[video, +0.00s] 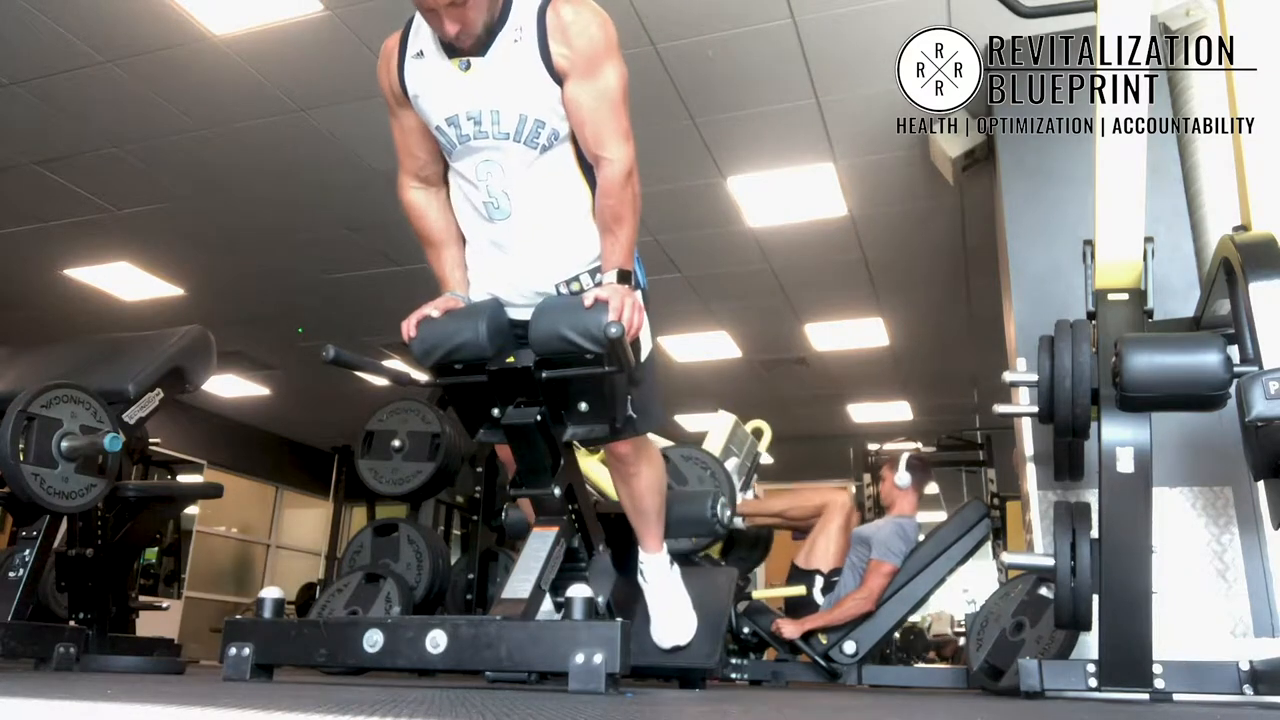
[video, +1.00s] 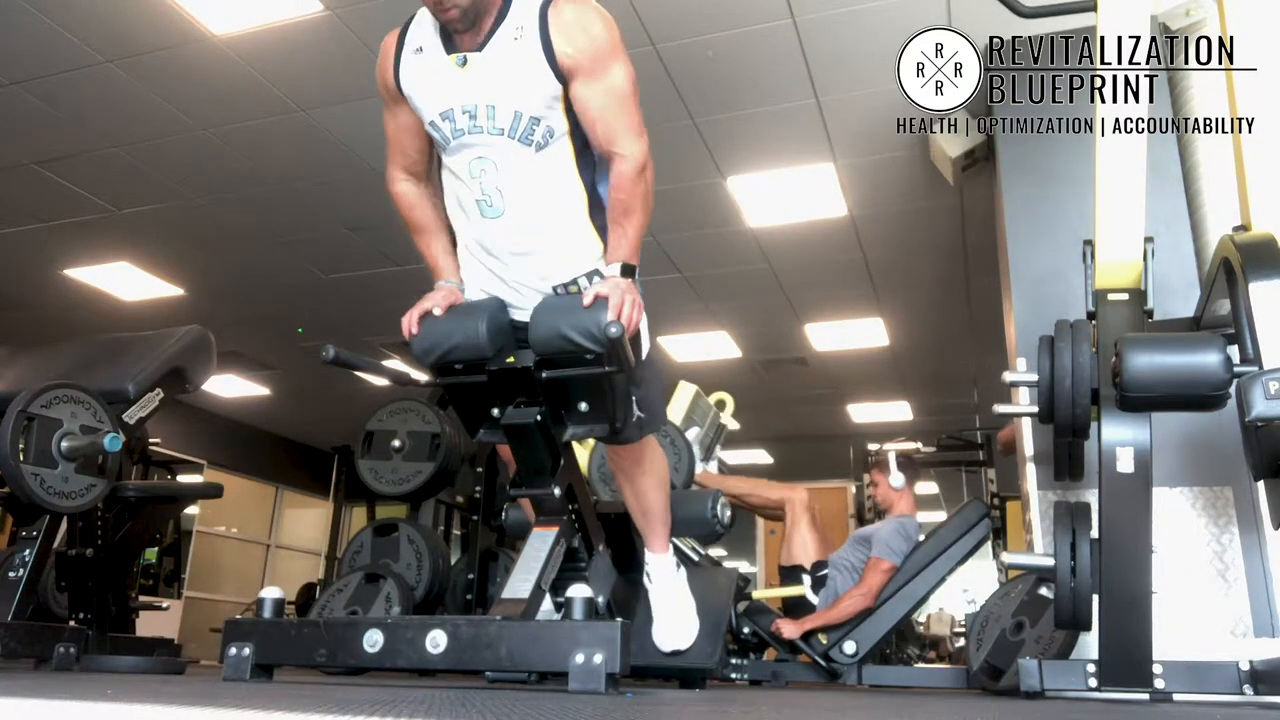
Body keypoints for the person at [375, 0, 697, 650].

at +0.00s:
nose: (444, 23)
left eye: (456, 6)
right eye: (430, 10)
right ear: (414, 5)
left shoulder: (571, 25)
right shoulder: (402, 57)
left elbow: (614, 161)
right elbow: (421, 180)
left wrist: (617, 277)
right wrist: (453, 289)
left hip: (587, 278)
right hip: (489, 292)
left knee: (625, 437)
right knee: (511, 442)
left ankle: (655, 565)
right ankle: (551, 548)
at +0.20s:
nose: (453, 42)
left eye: (464, 21)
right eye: (435, 27)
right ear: (414, 13)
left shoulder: (570, 28)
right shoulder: (404, 62)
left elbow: (614, 162)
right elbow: (423, 183)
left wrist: (618, 277)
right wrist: (454, 290)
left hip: (586, 277)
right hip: (488, 293)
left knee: (626, 438)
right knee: (506, 445)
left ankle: (655, 564)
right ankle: (551, 549)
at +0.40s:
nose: (448, 39)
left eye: (459, 19)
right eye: (432, 26)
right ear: (415, 13)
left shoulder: (569, 27)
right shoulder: (410, 63)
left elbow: (612, 161)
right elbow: (427, 183)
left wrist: (618, 277)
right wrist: (454, 289)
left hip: (588, 278)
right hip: (491, 293)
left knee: (629, 439)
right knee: (505, 444)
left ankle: (659, 565)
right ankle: (550, 545)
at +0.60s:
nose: (454, 31)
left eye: (466, 10)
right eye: (438, 16)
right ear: (420, 7)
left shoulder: (574, 27)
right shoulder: (409, 61)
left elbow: (617, 160)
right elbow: (424, 180)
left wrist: (618, 277)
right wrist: (453, 287)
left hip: (588, 277)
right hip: (491, 292)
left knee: (630, 437)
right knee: (503, 444)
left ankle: (663, 566)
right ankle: (553, 552)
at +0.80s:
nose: (447, 5)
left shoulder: (573, 23)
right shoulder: (406, 52)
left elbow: (618, 158)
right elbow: (418, 176)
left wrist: (618, 274)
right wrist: (451, 283)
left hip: (587, 282)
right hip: (489, 296)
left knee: (634, 434)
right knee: (505, 442)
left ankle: (662, 566)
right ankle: (551, 545)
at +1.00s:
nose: (440, 1)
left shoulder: (572, 24)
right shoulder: (402, 52)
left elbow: (628, 154)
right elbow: (408, 175)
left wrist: (620, 267)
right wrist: (446, 277)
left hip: (582, 282)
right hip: (486, 295)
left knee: (628, 426)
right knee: (510, 436)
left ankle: (659, 566)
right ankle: (550, 543)